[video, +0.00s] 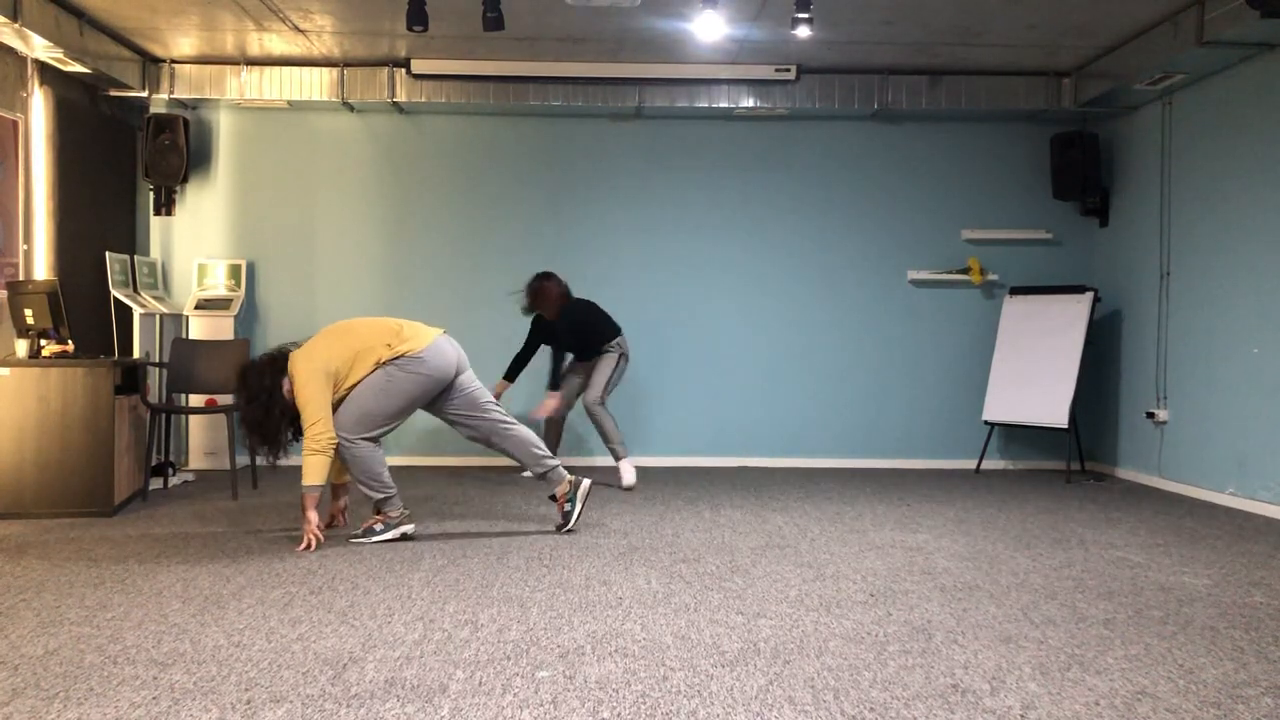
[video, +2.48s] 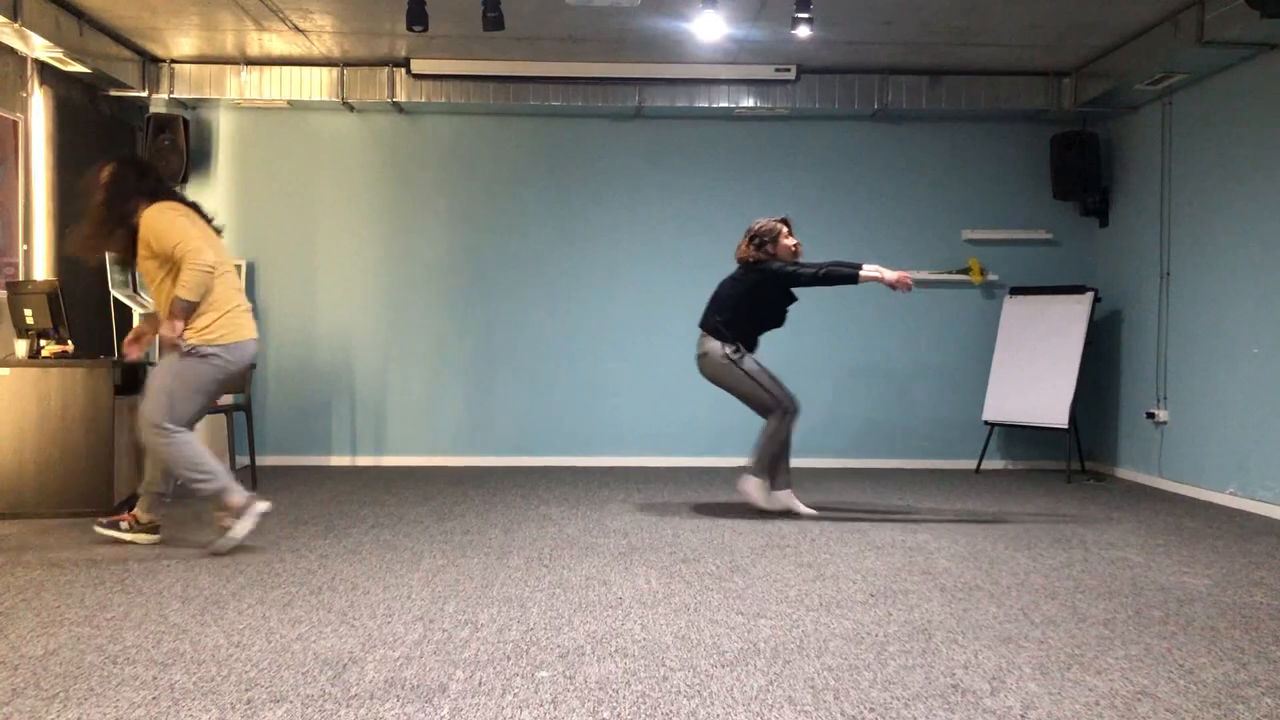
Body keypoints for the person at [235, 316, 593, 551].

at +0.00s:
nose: (294, 412)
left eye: (283, 407)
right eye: (288, 408)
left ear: (282, 387)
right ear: (287, 375)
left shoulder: (308, 371)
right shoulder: (320, 356)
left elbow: (317, 438)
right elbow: (343, 429)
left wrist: (309, 511)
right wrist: (338, 493)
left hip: (418, 359)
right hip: (442, 349)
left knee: (348, 432)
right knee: (490, 422)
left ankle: (391, 514)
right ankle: (564, 485)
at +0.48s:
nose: (307, 382)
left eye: (302, 374)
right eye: (303, 376)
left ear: (308, 363)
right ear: (325, 347)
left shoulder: (338, 373)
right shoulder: (359, 359)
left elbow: (330, 447)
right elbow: (350, 441)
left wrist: (312, 511)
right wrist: (340, 499)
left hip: (435, 435)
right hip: (463, 429)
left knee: (342, 448)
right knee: (491, 505)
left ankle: (390, 518)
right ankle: (579, 491)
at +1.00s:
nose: (312, 160)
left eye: (322, 155)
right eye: (319, 152)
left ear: (338, 173)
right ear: (350, 177)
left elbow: (301, 279)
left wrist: (265, 294)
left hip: (356, 344)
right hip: (387, 338)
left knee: (340, 437)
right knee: (366, 426)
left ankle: (391, 513)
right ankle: (430, 476)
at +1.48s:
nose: (280, 131)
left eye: (290, 131)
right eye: (288, 127)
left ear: (301, 152)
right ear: (305, 155)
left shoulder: (276, 192)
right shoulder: (295, 193)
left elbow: (229, 204)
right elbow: (247, 192)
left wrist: (194, 159)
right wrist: (228, 158)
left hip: (236, 315)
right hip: (268, 314)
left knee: (224, 408)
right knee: (254, 403)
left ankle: (258, 500)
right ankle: (280, 489)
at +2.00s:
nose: (80, 185)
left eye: (89, 177)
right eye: (82, 178)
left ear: (121, 184)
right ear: (115, 187)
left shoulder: (137, 220)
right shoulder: (116, 227)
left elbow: (151, 244)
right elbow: (112, 239)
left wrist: (121, 205)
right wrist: (93, 215)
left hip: (155, 354)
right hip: (190, 355)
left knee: (89, 426)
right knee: (159, 445)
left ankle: (66, 523)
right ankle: (247, 484)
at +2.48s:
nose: (99, 200)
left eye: (103, 189)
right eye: (98, 190)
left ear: (121, 189)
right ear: (140, 185)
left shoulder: (157, 217)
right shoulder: (159, 220)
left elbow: (200, 260)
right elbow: (180, 290)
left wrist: (176, 317)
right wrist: (148, 326)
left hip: (215, 343)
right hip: (213, 341)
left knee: (156, 424)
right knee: (165, 423)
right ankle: (144, 517)